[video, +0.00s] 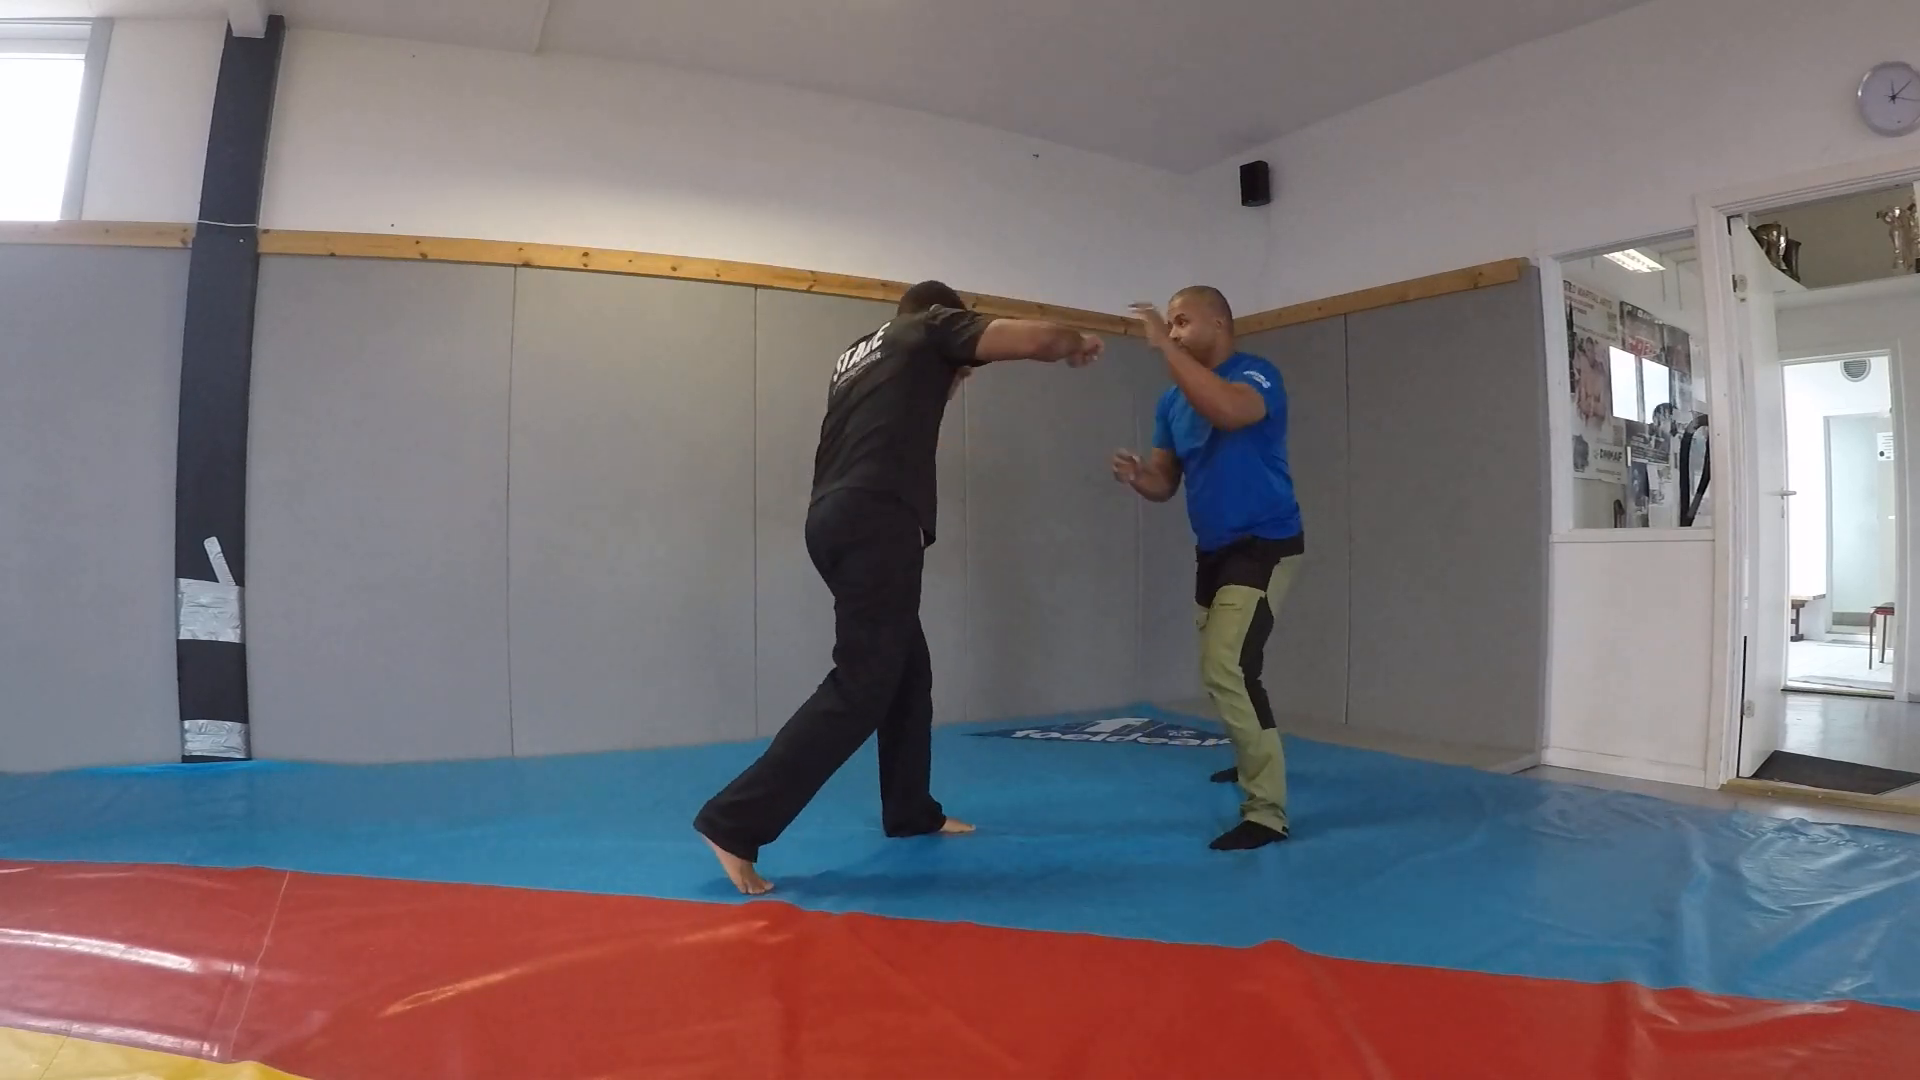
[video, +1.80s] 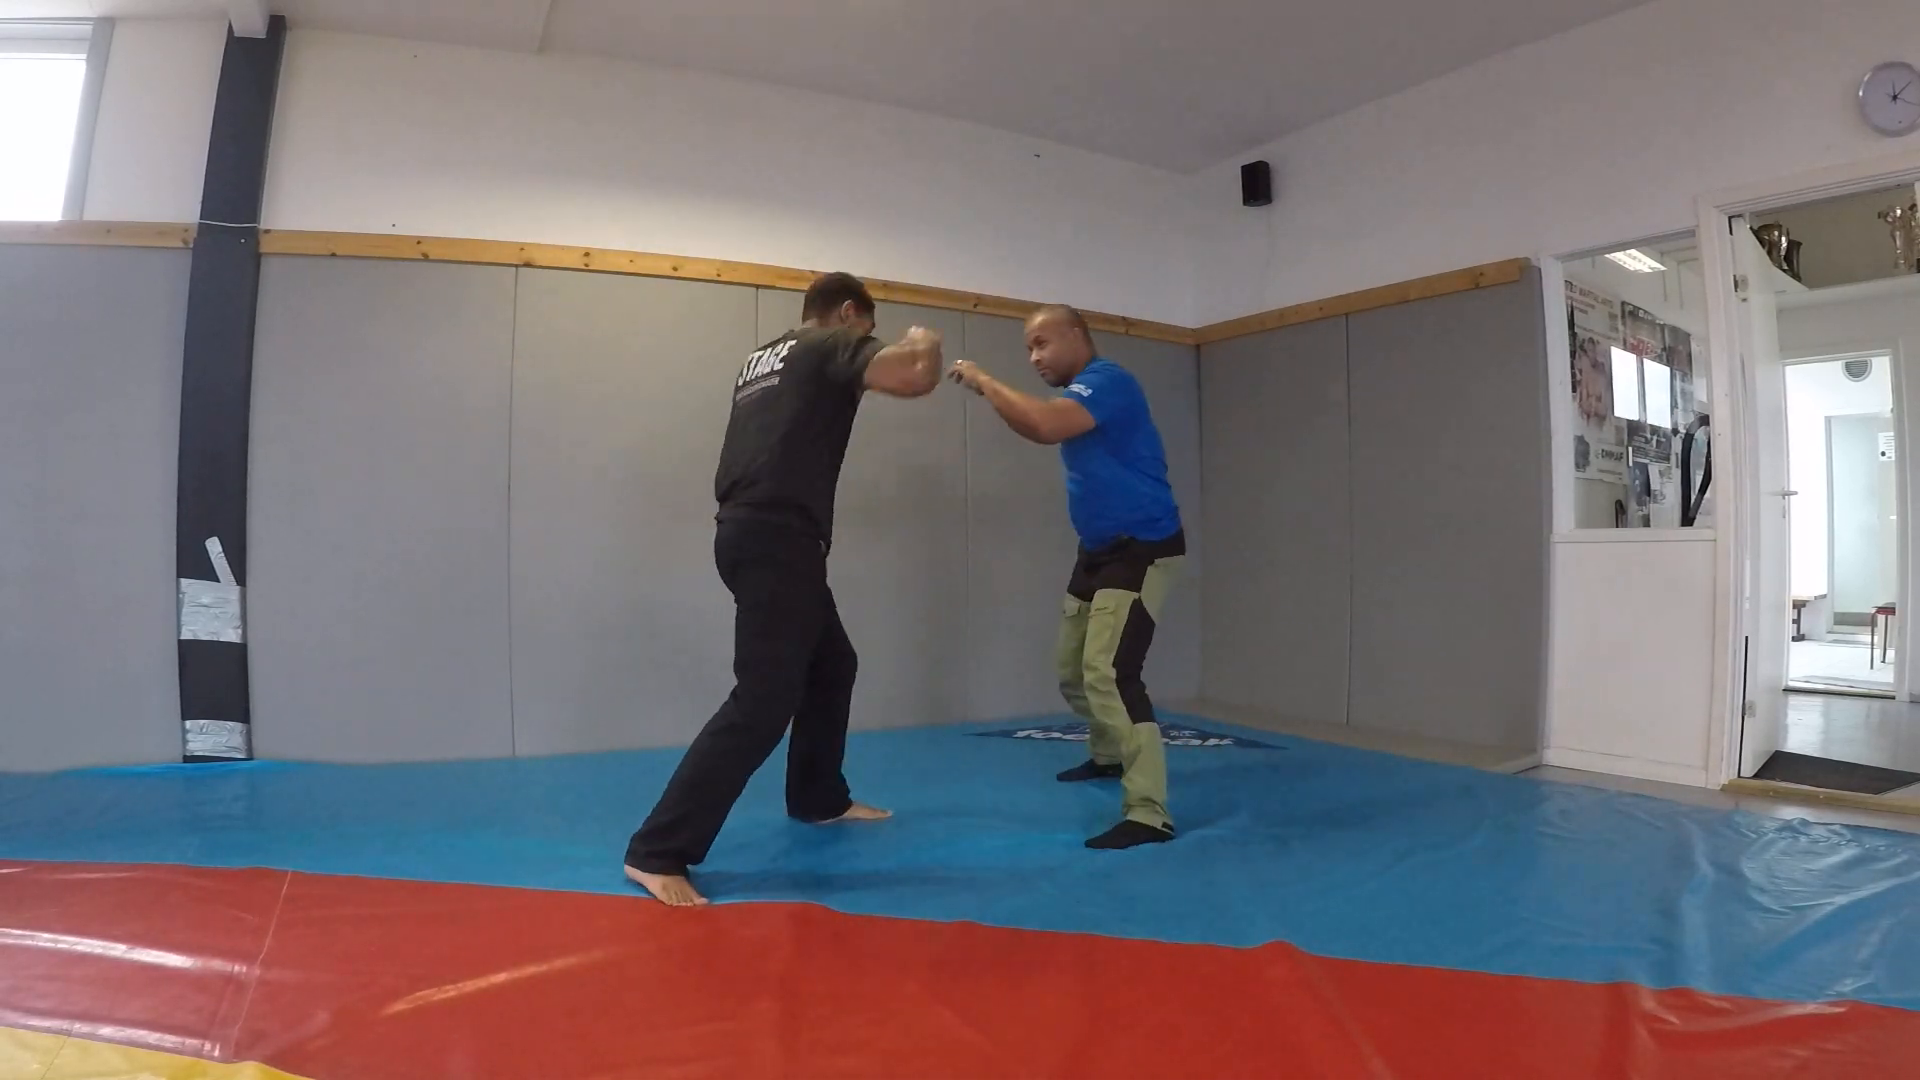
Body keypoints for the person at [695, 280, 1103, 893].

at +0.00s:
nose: (964, 366)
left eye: (965, 354)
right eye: (963, 335)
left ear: (904, 311)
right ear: (947, 316)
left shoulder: (858, 354)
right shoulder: (930, 325)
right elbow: (1040, 338)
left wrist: (952, 370)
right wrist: (1072, 344)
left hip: (832, 521)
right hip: (876, 517)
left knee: (909, 670)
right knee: (866, 681)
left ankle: (910, 812)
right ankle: (734, 824)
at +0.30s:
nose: (946, 326)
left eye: (949, 316)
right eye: (946, 310)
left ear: (902, 291)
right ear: (919, 291)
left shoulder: (859, 350)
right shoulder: (868, 329)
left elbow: (897, 450)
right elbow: (985, 382)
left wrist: (945, 389)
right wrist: (1030, 352)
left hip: (852, 542)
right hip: (824, 538)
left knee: (923, 665)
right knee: (797, 700)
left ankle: (918, 811)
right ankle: (699, 857)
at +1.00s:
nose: (950, 324)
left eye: (954, 315)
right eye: (950, 312)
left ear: (896, 293)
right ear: (926, 294)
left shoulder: (827, 346)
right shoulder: (915, 343)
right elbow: (1013, 423)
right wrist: (1062, 420)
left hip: (816, 538)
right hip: (841, 544)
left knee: (914, 669)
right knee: (805, 712)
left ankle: (939, 811)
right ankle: (708, 874)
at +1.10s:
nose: (946, 319)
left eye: (950, 308)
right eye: (944, 304)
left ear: (892, 290)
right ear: (911, 288)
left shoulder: (827, 342)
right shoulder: (904, 340)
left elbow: (817, 445)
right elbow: (976, 447)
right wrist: (1025, 463)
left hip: (829, 539)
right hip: (843, 542)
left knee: (922, 668)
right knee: (801, 709)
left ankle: (930, 812)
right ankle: (711, 873)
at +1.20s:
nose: (941, 323)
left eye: (947, 313)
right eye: (939, 306)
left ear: (897, 289)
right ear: (903, 284)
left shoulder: (865, 339)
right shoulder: (873, 340)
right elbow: (916, 463)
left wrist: (955, 344)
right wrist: (976, 477)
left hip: (859, 543)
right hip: (830, 537)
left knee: (929, 668)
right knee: (807, 703)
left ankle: (931, 813)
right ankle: (714, 870)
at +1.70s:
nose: (882, 335)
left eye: (886, 325)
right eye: (883, 321)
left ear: (832, 302)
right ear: (859, 305)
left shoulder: (786, 347)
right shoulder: (819, 352)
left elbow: (813, 418)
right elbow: (881, 444)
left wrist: (859, 375)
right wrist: (917, 392)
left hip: (773, 541)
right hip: (762, 543)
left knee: (855, 651)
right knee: (755, 706)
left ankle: (851, 797)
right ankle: (657, 860)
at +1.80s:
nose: (864, 333)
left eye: (864, 327)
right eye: (864, 324)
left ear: (812, 314)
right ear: (850, 312)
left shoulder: (761, 359)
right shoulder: (834, 345)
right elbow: (917, 376)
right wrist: (923, 341)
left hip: (747, 535)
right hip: (780, 539)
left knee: (832, 665)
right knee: (765, 700)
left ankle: (818, 799)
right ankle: (657, 853)